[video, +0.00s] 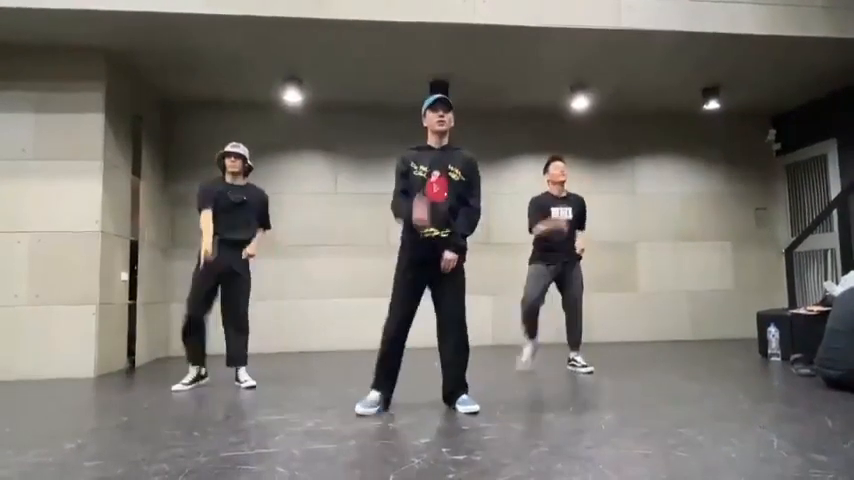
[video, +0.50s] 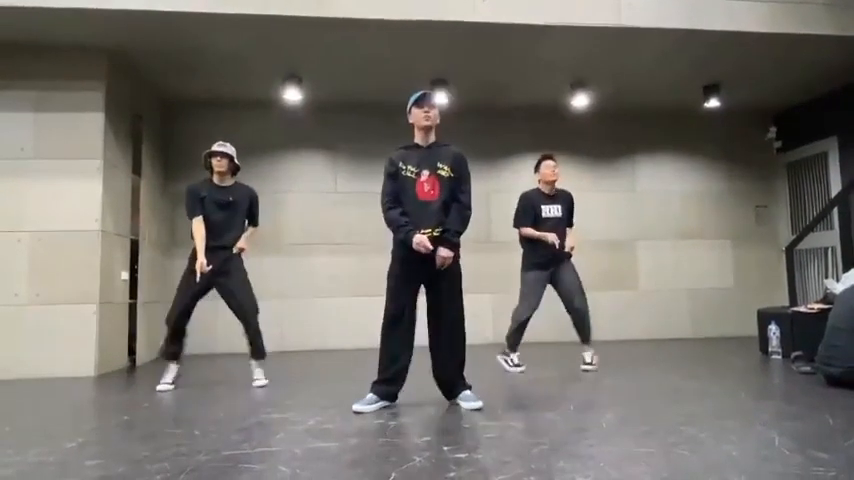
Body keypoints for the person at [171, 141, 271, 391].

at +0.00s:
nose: (232, 161)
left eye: (237, 158)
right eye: (229, 157)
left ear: (246, 163)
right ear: (222, 162)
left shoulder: (258, 195)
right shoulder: (210, 189)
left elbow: (262, 227)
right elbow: (206, 219)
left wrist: (253, 245)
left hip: (238, 258)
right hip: (212, 255)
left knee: (237, 315)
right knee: (194, 311)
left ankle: (240, 369)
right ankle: (197, 368)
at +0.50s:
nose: (218, 161)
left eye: (223, 158)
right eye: (215, 157)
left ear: (233, 163)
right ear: (209, 162)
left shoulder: (247, 194)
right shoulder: (196, 190)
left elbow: (252, 224)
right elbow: (197, 224)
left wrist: (244, 238)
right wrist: (200, 256)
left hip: (230, 259)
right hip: (202, 258)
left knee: (249, 312)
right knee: (177, 315)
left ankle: (257, 365)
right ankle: (172, 365)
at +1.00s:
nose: (220, 168)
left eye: (226, 165)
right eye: (217, 163)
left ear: (233, 171)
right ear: (210, 166)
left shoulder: (242, 197)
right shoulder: (195, 192)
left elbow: (244, 227)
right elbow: (188, 224)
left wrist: (244, 237)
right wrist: (211, 202)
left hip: (237, 256)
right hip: (208, 257)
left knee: (247, 308)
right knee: (197, 310)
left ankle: (252, 366)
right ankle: (182, 368)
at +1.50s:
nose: (204, 166)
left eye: (208, 162)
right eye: (199, 163)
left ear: (218, 166)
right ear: (194, 167)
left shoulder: (233, 195)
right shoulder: (189, 195)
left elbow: (249, 222)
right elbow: (188, 221)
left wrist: (231, 239)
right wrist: (172, 236)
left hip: (215, 257)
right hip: (188, 257)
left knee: (226, 310)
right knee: (178, 312)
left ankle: (249, 365)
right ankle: (180, 370)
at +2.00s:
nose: (232, 161)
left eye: (236, 157)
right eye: (228, 157)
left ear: (245, 163)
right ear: (222, 163)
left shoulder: (261, 192)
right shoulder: (210, 192)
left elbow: (275, 224)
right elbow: (198, 221)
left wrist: (269, 241)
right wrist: (191, 225)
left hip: (250, 261)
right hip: (220, 261)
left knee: (257, 315)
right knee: (205, 314)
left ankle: (263, 368)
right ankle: (192, 368)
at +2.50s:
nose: (215, 167)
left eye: (220, 163)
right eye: (212, 164)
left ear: (230, 168)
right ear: (208, 170)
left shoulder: (245, 195)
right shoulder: (209, 201)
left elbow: (260, 230)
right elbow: (194, 229)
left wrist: (266, 209)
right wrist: (167, 213)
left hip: (236, 263)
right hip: (211, 263)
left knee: (245, 318)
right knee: (202, 318)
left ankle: (261, 370)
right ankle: (192, 372)